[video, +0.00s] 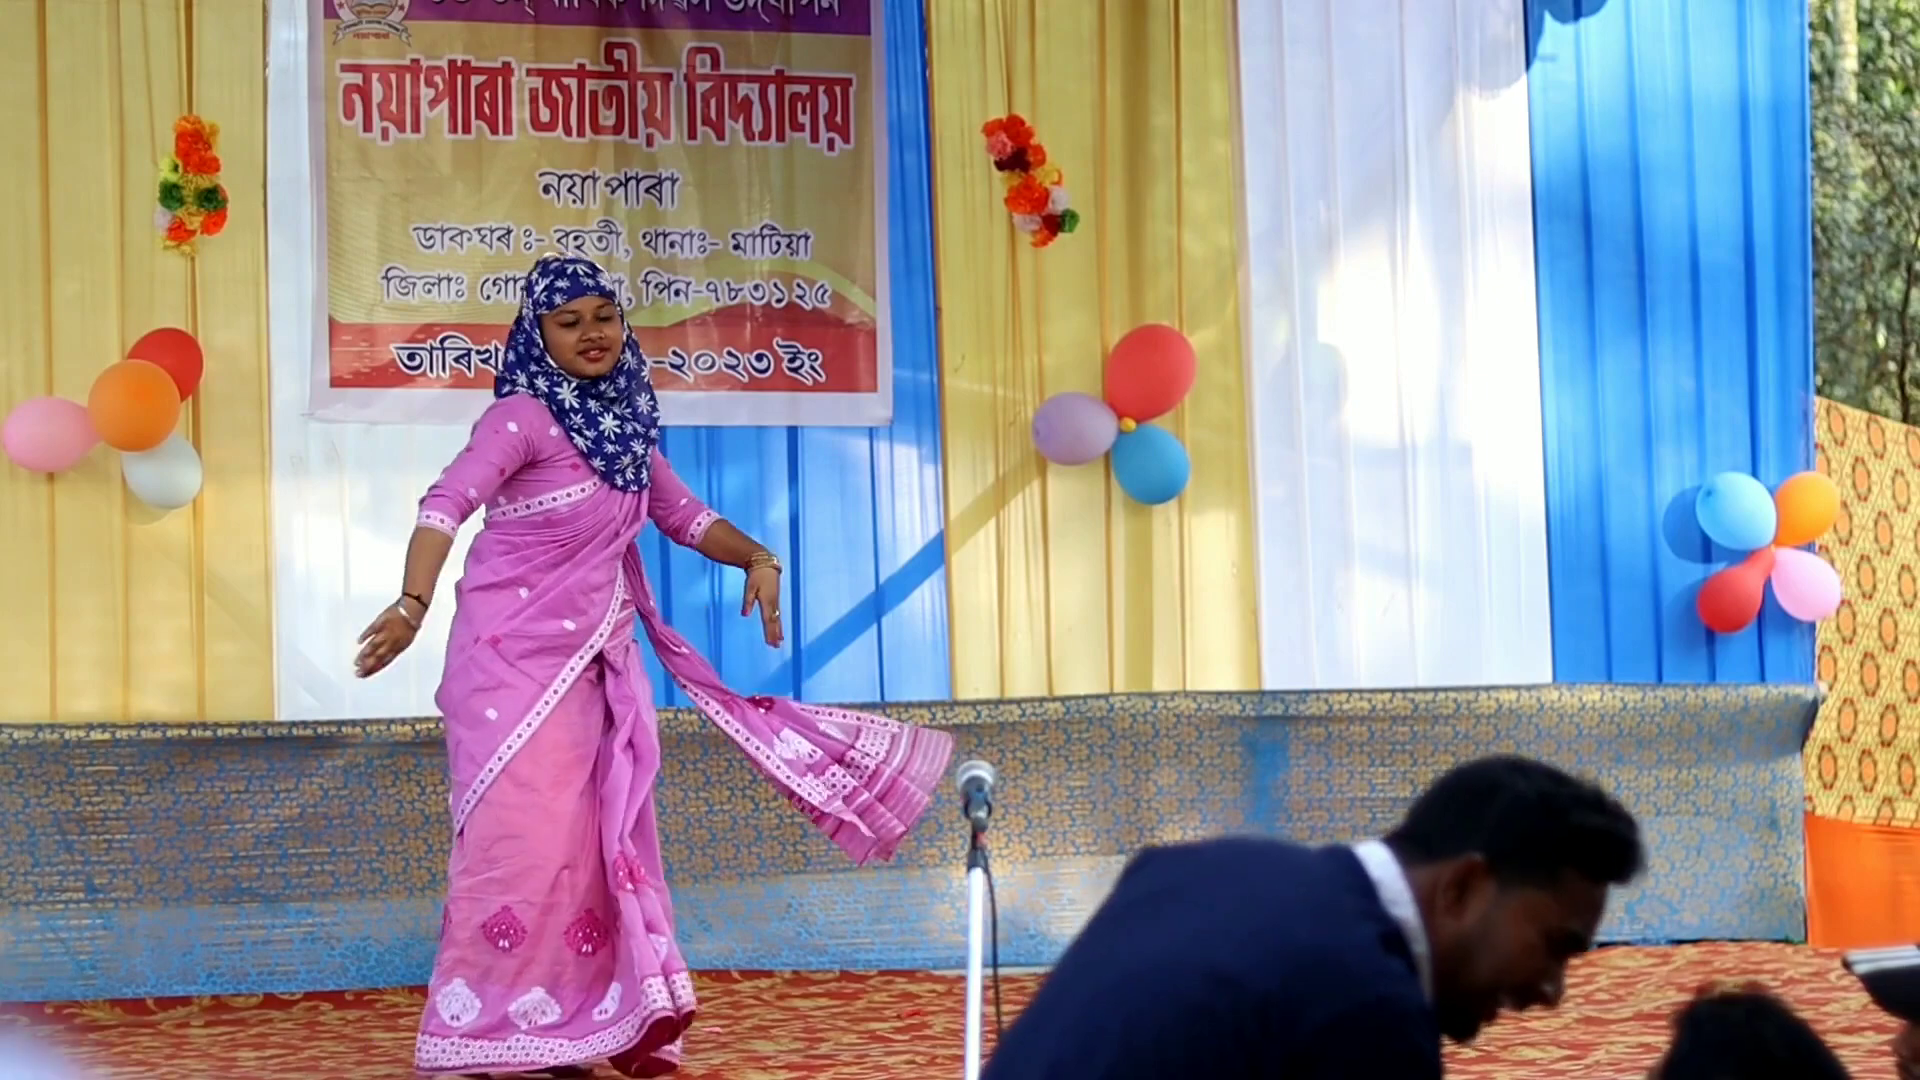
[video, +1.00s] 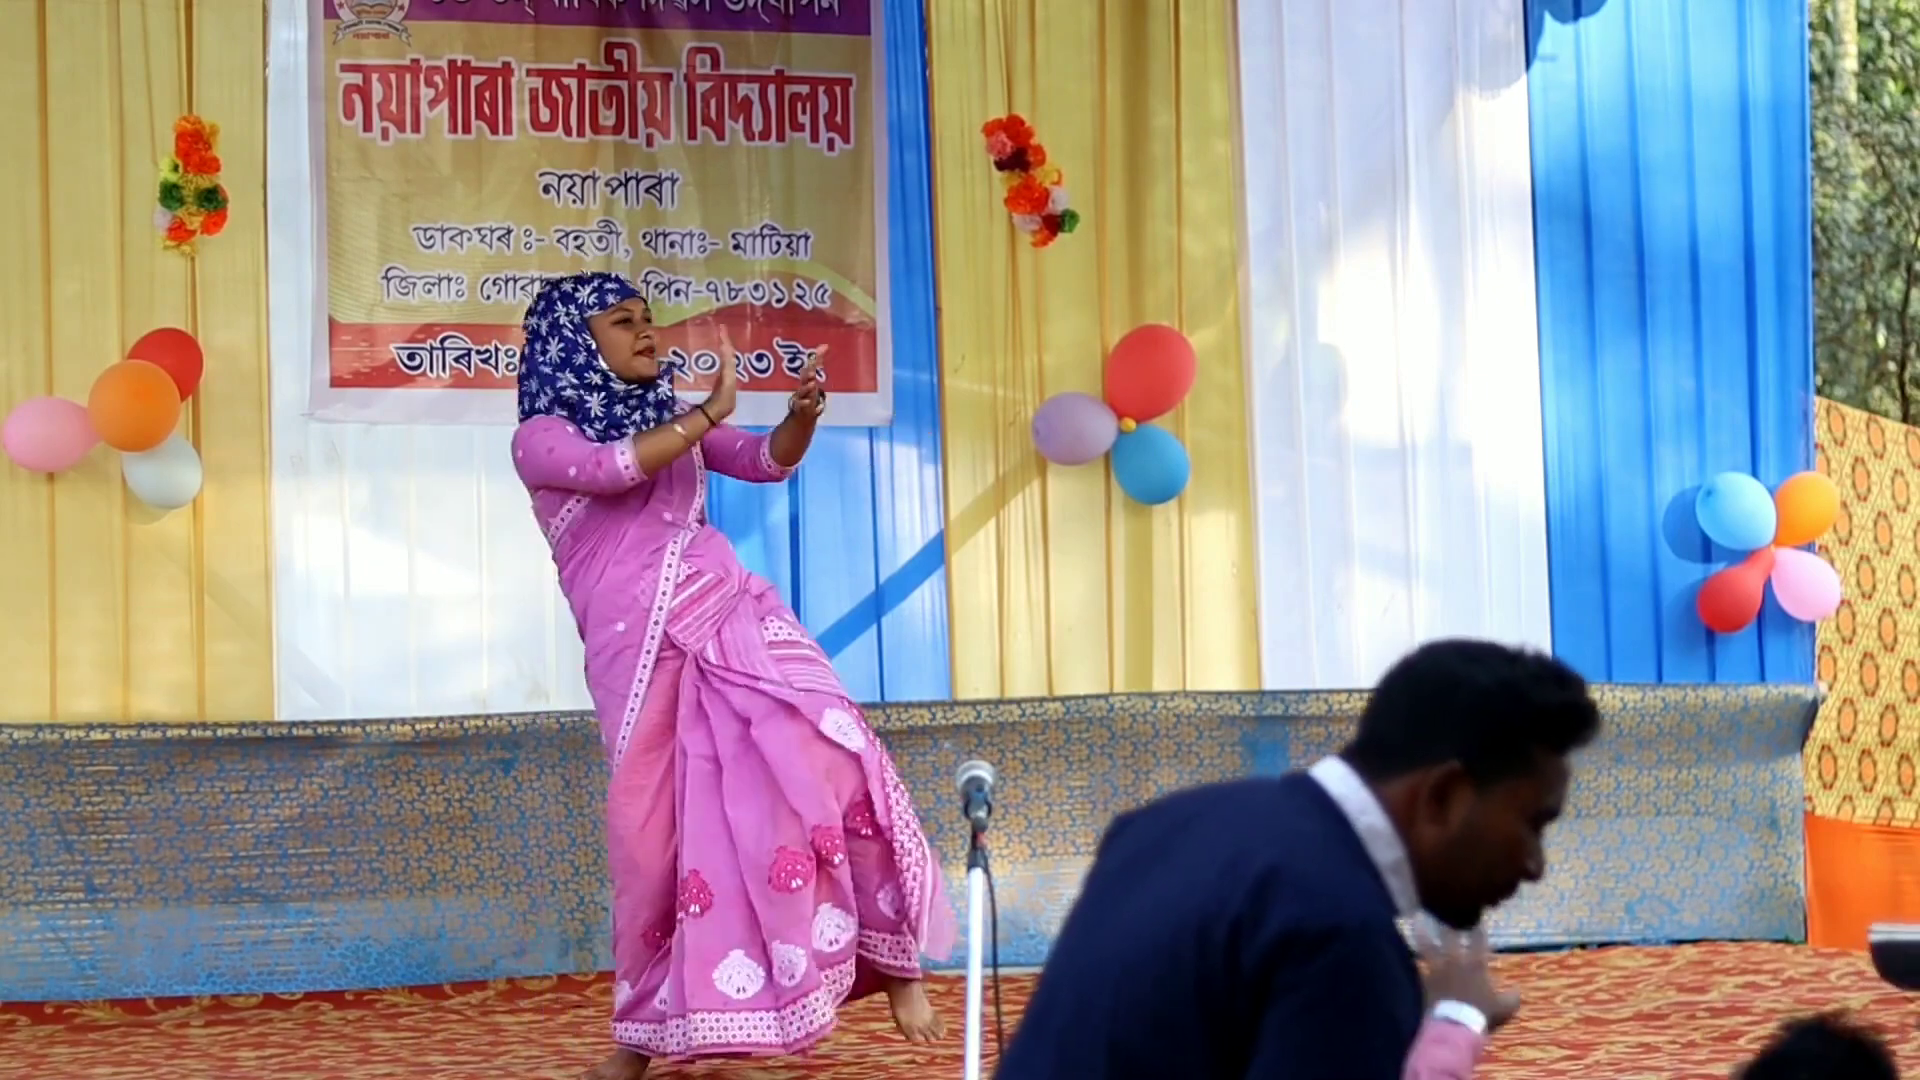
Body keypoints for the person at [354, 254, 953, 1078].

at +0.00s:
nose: (594, 337)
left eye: (606, 319)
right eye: (572, 324)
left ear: (623, 321)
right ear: (539, 335)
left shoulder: (629, 421)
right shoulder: (522, 416)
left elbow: (686, 518)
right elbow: (444, 507)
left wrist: (756, 556)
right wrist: (413, 602)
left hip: (599, 661)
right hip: (514, 662)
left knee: (604, 836)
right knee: (530, 839)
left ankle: (605, 1019)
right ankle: (494, 1036)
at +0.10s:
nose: (599, 344)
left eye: (610, 326)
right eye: (577, 331)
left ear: (627, 333)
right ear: (544, 345)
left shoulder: (637, 432)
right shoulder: (521, 424)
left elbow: (719, 503)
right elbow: (446, 492)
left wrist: (784, 517)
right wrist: (466, 555)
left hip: (602, 671)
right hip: (514, 671)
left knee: (606, 843)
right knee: (541, 847)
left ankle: (608, 1027)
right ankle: (525, 1034)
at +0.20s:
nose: (599, 310)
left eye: (610, 296)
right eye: (579, 298)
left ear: (623, 307)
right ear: (540, 310)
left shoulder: (643, 396)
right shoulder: (509, 386)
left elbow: (735, 457)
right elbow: (438, 430)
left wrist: (824, 467)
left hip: (616, 638)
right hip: (520, 638)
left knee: (621, 816)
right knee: (536, 817)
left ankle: (627, 1016)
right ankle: (546, 1020)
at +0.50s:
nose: (608, 324)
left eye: (616, 310)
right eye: (587, 309)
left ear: (626, 323)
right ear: (540, 321)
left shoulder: (646, 403)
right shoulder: (501, 414)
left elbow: (721, 441)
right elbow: (506, 462)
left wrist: (801, 453)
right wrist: (588, 407)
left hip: (656, 647)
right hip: (549, 657)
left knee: (706, 822)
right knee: (562, 848)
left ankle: (763, 1027)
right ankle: (588, 1049)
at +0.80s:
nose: (612, 373)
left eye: (620, 362)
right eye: (590, 361)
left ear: (631, 376)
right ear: (547, 378)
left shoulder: (657, 451)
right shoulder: (520, 492)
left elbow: (759, 480)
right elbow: (420, 540)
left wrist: (866, 482)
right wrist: (464, 450)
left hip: (683, 695)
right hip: (569, 709)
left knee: (747, 845)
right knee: (577, 888)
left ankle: (808, 917)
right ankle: (629, 1051)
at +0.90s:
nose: (629, 363)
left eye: (633, 350)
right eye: (606, 351)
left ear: (641, 362)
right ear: (561, 368)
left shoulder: (669, 441)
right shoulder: (531, 467)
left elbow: (777, 473)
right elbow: (458, 533)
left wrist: (865, 453)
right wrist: (518, 443)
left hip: (700, 670)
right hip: (591, 690)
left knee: (789, 792)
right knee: (586, 877)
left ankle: (850, 901)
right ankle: (630, 1043)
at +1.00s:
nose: (650, 337)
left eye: (648, 324)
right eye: (629, 326)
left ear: (644, 336)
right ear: (573, 344)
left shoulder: (668, 417)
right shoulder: (539, 438)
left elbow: (768, 459)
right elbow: (615, 467)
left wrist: (803, 414)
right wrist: (709, 413)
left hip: (737, 624)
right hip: (639, 654)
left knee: (842, 755)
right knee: (644, 843)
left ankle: (890, 949)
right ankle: (637, 1032)